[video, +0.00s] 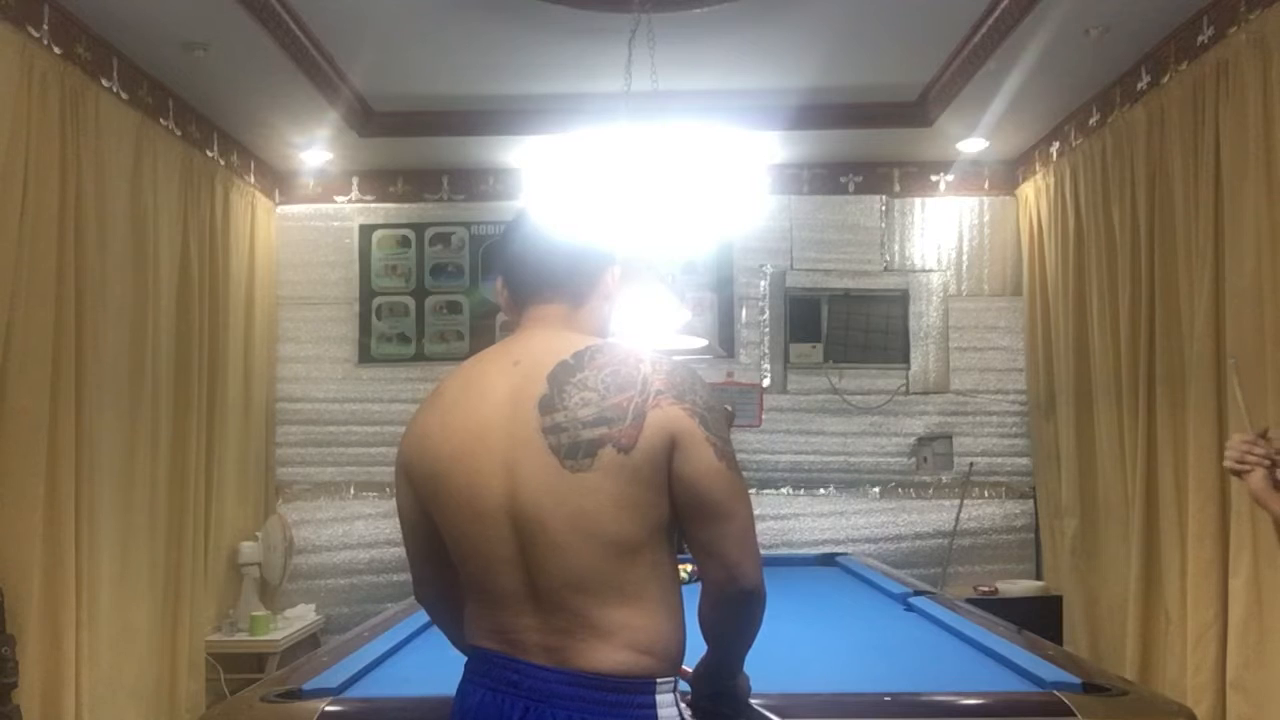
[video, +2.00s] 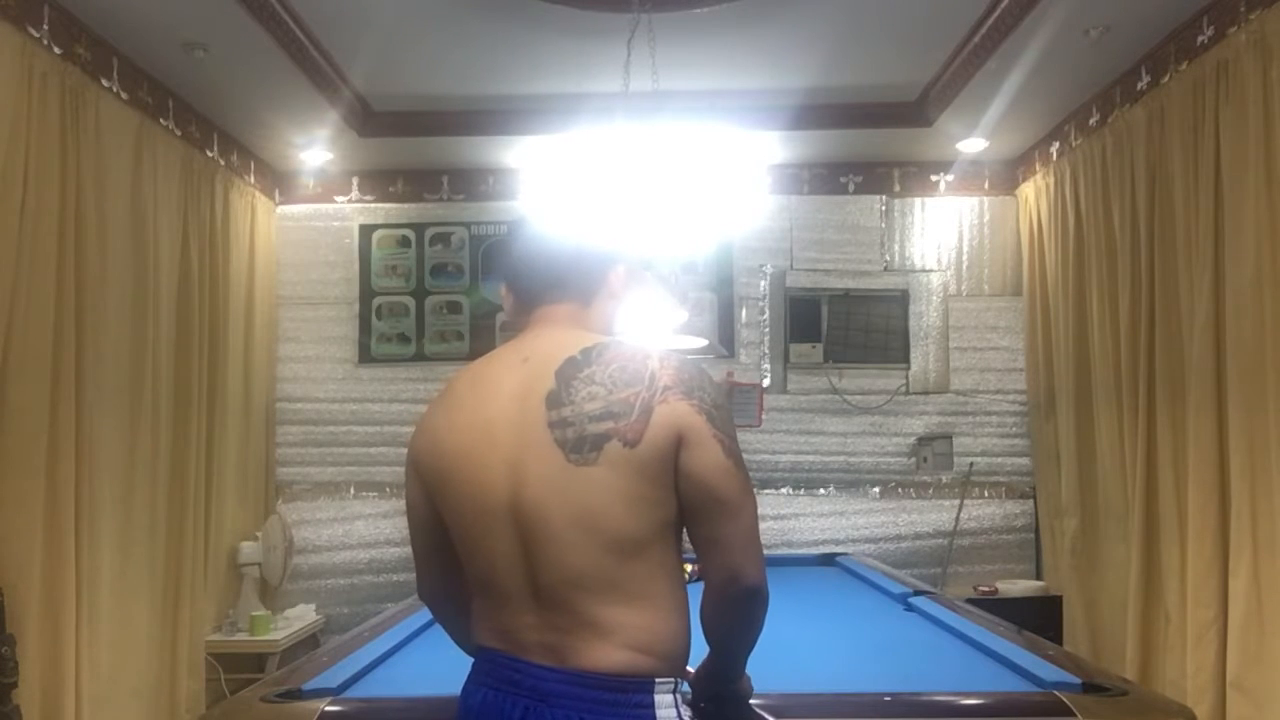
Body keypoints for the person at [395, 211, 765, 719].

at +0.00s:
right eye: (619, 284)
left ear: (501, 294)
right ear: (610, 283)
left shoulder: (434, 412)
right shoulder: (660, 391)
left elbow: (434, 588)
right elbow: (738, 581)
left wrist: (497, 661)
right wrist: (722, 674)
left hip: (487, 698)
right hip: (629, 702)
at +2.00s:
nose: (636, 290)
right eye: (634, 278)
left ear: (509, 294)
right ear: (618, 280)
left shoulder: (445, 408)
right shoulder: (669, 384)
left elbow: (439, 587)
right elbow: (740, 580)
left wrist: (504, 661)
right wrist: (723, 674)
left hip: (491, 697)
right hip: (634, 701)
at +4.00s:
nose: (651, 317)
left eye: (654, 301)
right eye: (654, 300)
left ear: (546, 290)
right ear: (644, 299)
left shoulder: (450, 400)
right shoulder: (667, 393)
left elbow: (435, 579)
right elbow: (737, 590)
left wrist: (499, 651)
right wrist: (722, 670)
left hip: (479, 695)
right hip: (615, 702)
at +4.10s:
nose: (651, 317)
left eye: (656, 301)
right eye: (654, 300)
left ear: (548, 289)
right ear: (640, 297)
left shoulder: (450, 401)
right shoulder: (667, 393)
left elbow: (436, 582)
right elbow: (748, 585)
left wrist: (497, 647)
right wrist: (722, 657)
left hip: (479, 696)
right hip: (615, 704)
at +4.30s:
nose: (651, 315)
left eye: (655, 299)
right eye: (654, 298)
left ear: (547, 288)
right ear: (642, 297)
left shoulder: (452, 396)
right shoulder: (670, 393)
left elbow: (427, 573)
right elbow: (745, 578)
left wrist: (501, 642)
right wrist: (675, 571)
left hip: (479, 697)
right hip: (612, 705)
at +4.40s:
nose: (653, 311)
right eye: (655, 292)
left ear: (544, 288)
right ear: (646, 297)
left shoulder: (457, 390)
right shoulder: (675, 395)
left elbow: (403, 561)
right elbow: (742, 574)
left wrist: (489, 636)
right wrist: (678, 549)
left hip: (479, 697)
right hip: (610, 704)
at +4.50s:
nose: (655, 309)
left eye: (658, 293)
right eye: (656, 292)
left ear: (546, 287)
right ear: (642, 293)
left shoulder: (456, 391)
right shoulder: (674, 396)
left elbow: (381, 549)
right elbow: (743, 569)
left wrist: (462, 637)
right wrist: (690, 545)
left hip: (480, 697)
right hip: (611, 703)